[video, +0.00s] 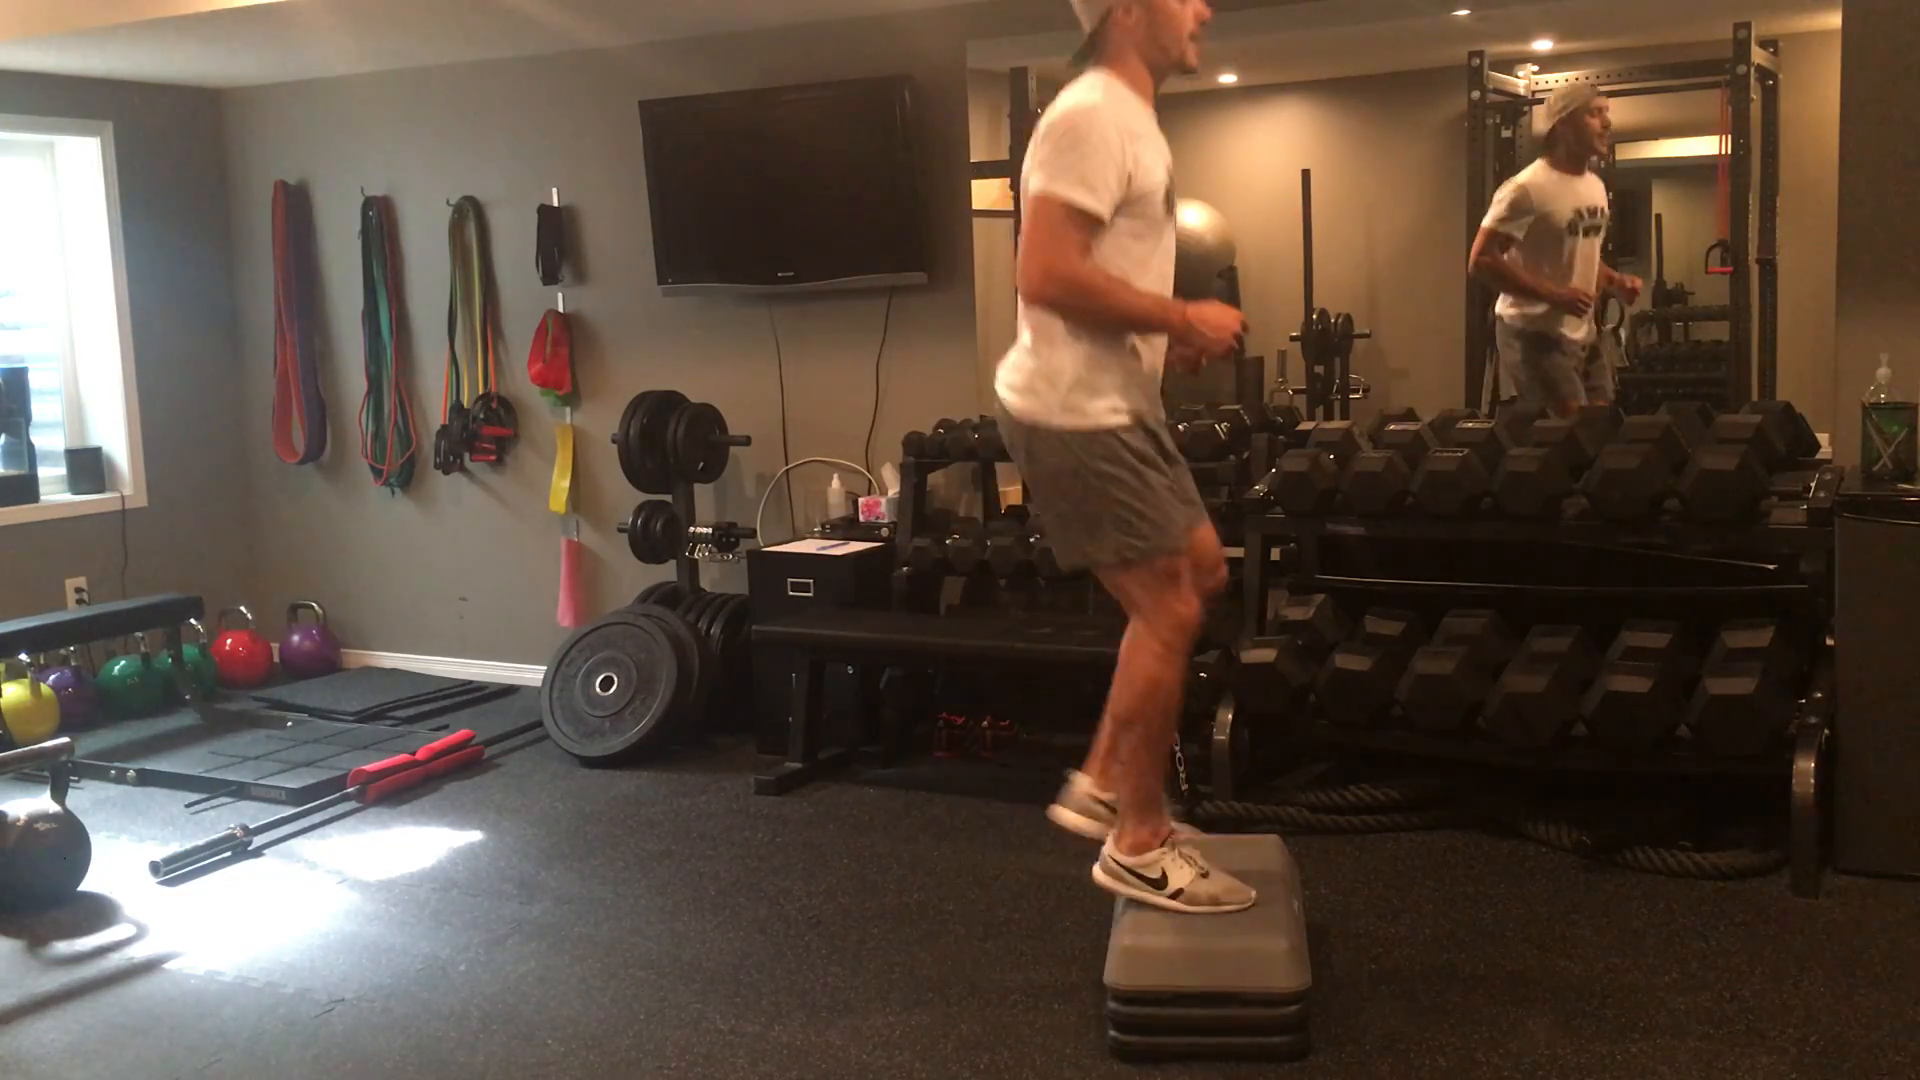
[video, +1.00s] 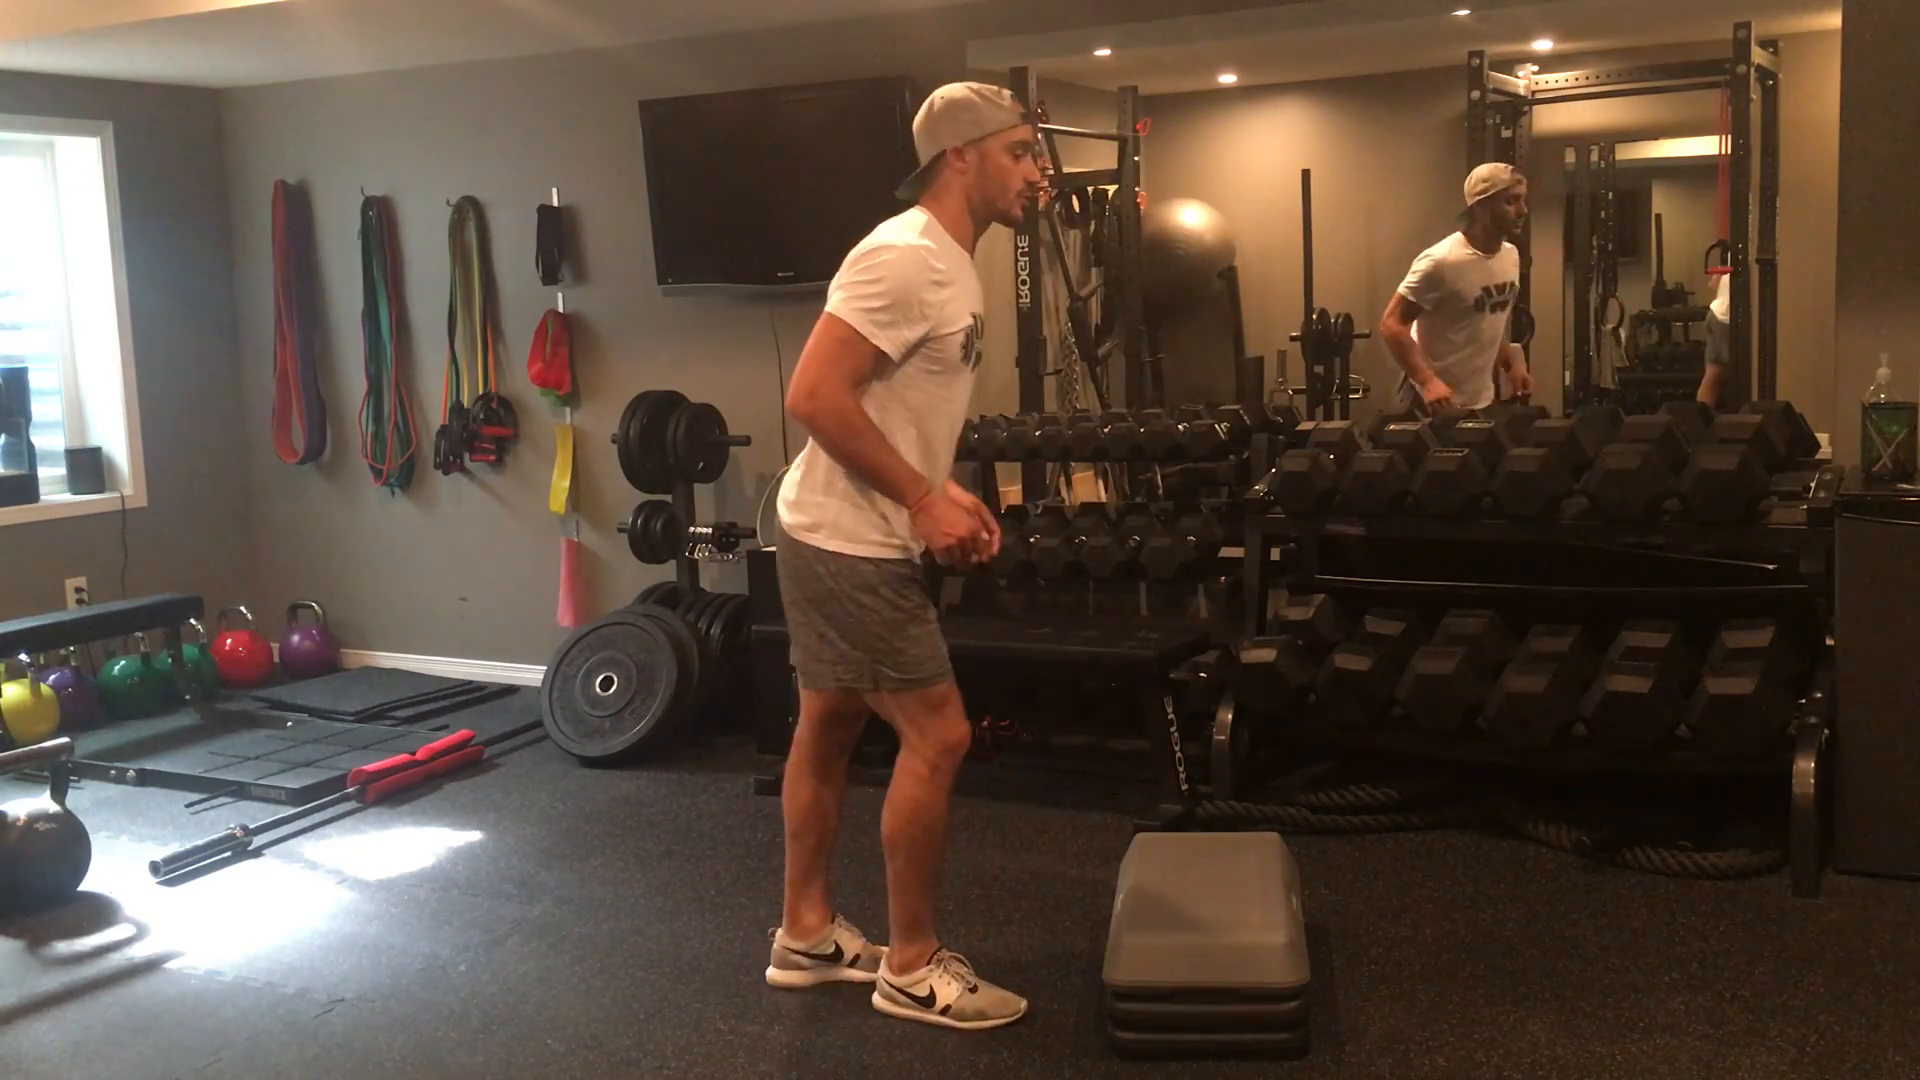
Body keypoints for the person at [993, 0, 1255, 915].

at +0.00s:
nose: (1204, 15)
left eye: (1201, 3)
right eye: (1188, 0)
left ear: (1134, 17)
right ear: (1129, 10)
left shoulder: (1131, 116)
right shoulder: (1088, 112)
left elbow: (1089, 276)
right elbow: (1045, 273)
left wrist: (1179, 324)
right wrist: (1179, 316)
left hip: (1115, 399)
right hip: (1075, 407)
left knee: (1202, 568)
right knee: (1167, 606)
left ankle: (1103, 780)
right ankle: (1138, 838)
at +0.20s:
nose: (1194, 40)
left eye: (1192, 22)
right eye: (1176, 20)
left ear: (1132, 39)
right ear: (1116, 33)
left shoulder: (1122, 145)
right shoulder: (1069, 136)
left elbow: (1078, 291)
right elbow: (1001, 285)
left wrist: (1159, 341)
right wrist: (1143, 341)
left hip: (1104, 431)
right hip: (1058, 436)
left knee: (1175, 625)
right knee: (1165, 628)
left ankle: (1143, 837)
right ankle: (1024, 823)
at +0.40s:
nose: (1153, 81)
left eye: (1148, 63)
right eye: (1136, 62)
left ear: (1086, 82)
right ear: (1078, 78)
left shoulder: (1076, 186)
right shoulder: (1021, 184)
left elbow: (1025, 333)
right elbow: (966, 335)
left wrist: (1109, 374)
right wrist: (1111, 365)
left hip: (1064, 471)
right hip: (995, 480)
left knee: (1179, 590)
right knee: (1014, 698)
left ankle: (1148, 807)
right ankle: (944, 920)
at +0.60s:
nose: (1088, 162)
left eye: (1085, 143)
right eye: (1074, 142)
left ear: (1020, 155)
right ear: (1016, 152)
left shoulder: (1010, 258)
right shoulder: (948, 259)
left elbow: (976, 403)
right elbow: (912, 422)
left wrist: (1030, 481)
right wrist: (1058, 457)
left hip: (1003, 528)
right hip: (940, 544)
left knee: (1124, 629)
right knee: (988, 752)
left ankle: (997, 794)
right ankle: (917, 959)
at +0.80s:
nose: (1043, 144)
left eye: (1039, 127)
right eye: (1025, 127)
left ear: (980, 146)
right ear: (969, 144)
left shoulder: (976, 247)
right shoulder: (918, 251)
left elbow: (906, 392)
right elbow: (829, 392)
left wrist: (963, 486)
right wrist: (944, 492)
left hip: (909, 536)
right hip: (890, 541)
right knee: (934, 740)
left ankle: (811, 925)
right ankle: (913, 965)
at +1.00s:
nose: (1035, 171)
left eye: (1034, 154)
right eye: (1019, 153)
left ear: (972, 164)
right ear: (963, 160)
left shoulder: (952, 266)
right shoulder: (902, 254)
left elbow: (898, 417)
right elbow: (815, 393)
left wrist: (945, 498)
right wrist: (921, 497)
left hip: (868, 539)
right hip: (843, 542)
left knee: (826, 727)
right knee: (936, 735)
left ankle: (805, 929)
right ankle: (910, 964)